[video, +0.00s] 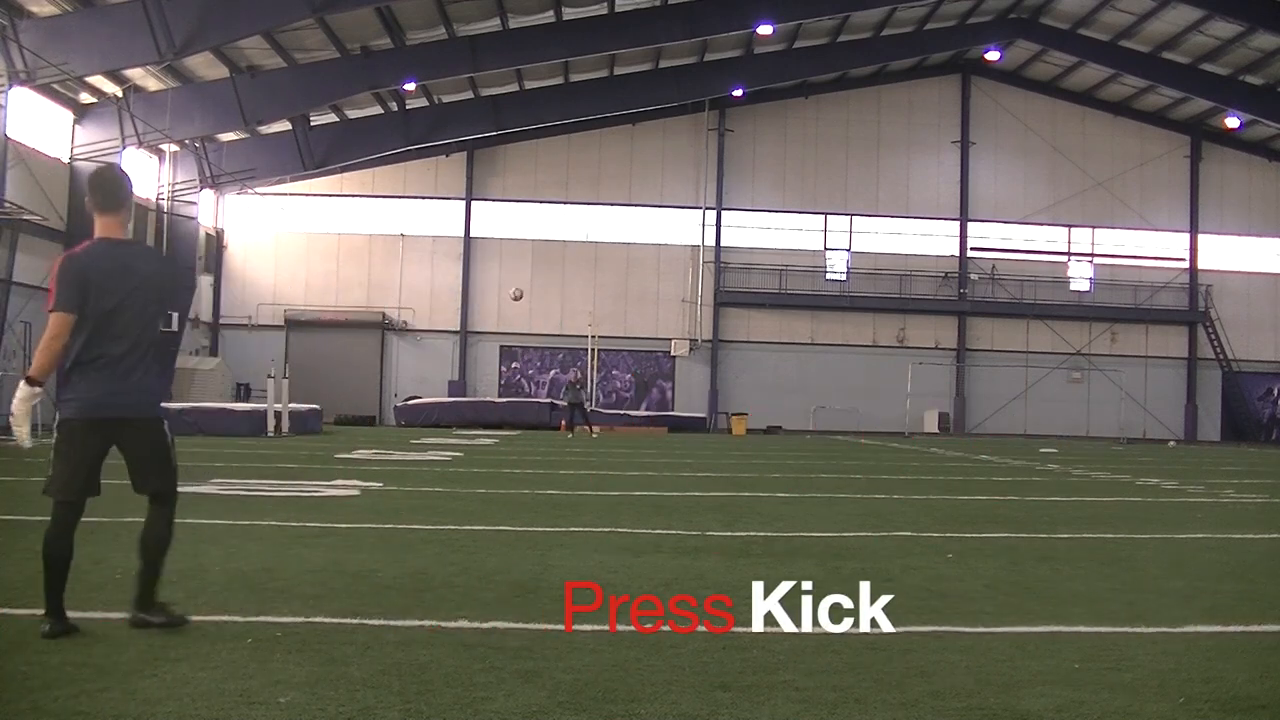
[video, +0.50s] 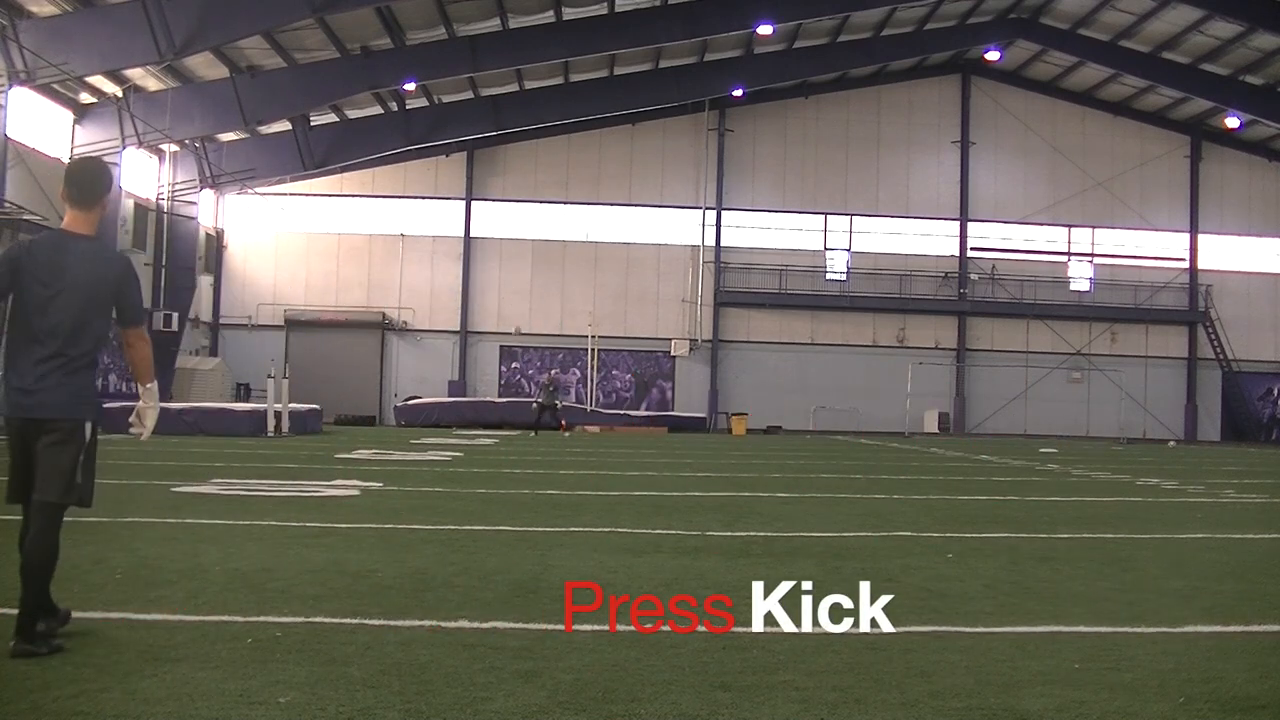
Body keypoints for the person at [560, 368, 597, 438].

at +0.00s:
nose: (574, 377)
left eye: (575, 376)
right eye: (573, 376)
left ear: (578, 376)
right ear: (571, 376)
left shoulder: (580, 383)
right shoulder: (569, 383)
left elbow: (585, 392)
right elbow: (563, 391)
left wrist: (586, 401)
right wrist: (562, 397)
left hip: (580, 402)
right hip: (571, 402)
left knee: (585, 417)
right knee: (571, 418)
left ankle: (591, 432)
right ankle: (571, 432)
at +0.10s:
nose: (570, 376)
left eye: (572, 374)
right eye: (569, 374)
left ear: (574, 375)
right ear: (567, 374)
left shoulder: (577, 381)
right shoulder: (565, 381)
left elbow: (580, 391)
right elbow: (560, 389)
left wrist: (583, 398)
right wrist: (557, 397)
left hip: (575, 401)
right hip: (567, 400)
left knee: (577, 415)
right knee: (567, 416)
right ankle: (570, 431)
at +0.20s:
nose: (565, 376)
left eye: (567, 374)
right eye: (564, 374)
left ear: (569, 375)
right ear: (562, 375)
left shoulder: (572, 383)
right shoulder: (560, 382)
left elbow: (577, 392)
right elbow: (556, 390)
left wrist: (578, 400)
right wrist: (553, 398)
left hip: (570, 401)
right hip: (562, 400)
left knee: (571, 416)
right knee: (560, 415)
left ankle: (572, 431)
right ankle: (560, 430)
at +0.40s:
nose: (554, 377)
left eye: (555, 375)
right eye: (553, 375)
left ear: (558, 376)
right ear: (551, 376)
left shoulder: (561, 386)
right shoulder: (549, 385)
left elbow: (565, 395)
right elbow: (546, 395)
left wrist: (565, 402)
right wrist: (542, 402)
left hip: (559, 404)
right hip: (550, 404)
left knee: (565, 419)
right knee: (542, 417)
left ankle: (570, 432)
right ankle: (536, 431)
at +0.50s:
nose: (548, 379)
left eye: (550, 378)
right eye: (547, 378)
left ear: (552, 379)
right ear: (546, 378)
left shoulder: (554, 386)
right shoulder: (543, 384)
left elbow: (557, 394)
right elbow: (538, 392)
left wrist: (559, 401)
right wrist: (535, 401)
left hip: (552, 404)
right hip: (543, 403)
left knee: (554, 418)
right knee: (538, 418)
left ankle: (562, 427)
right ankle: (535, 431)